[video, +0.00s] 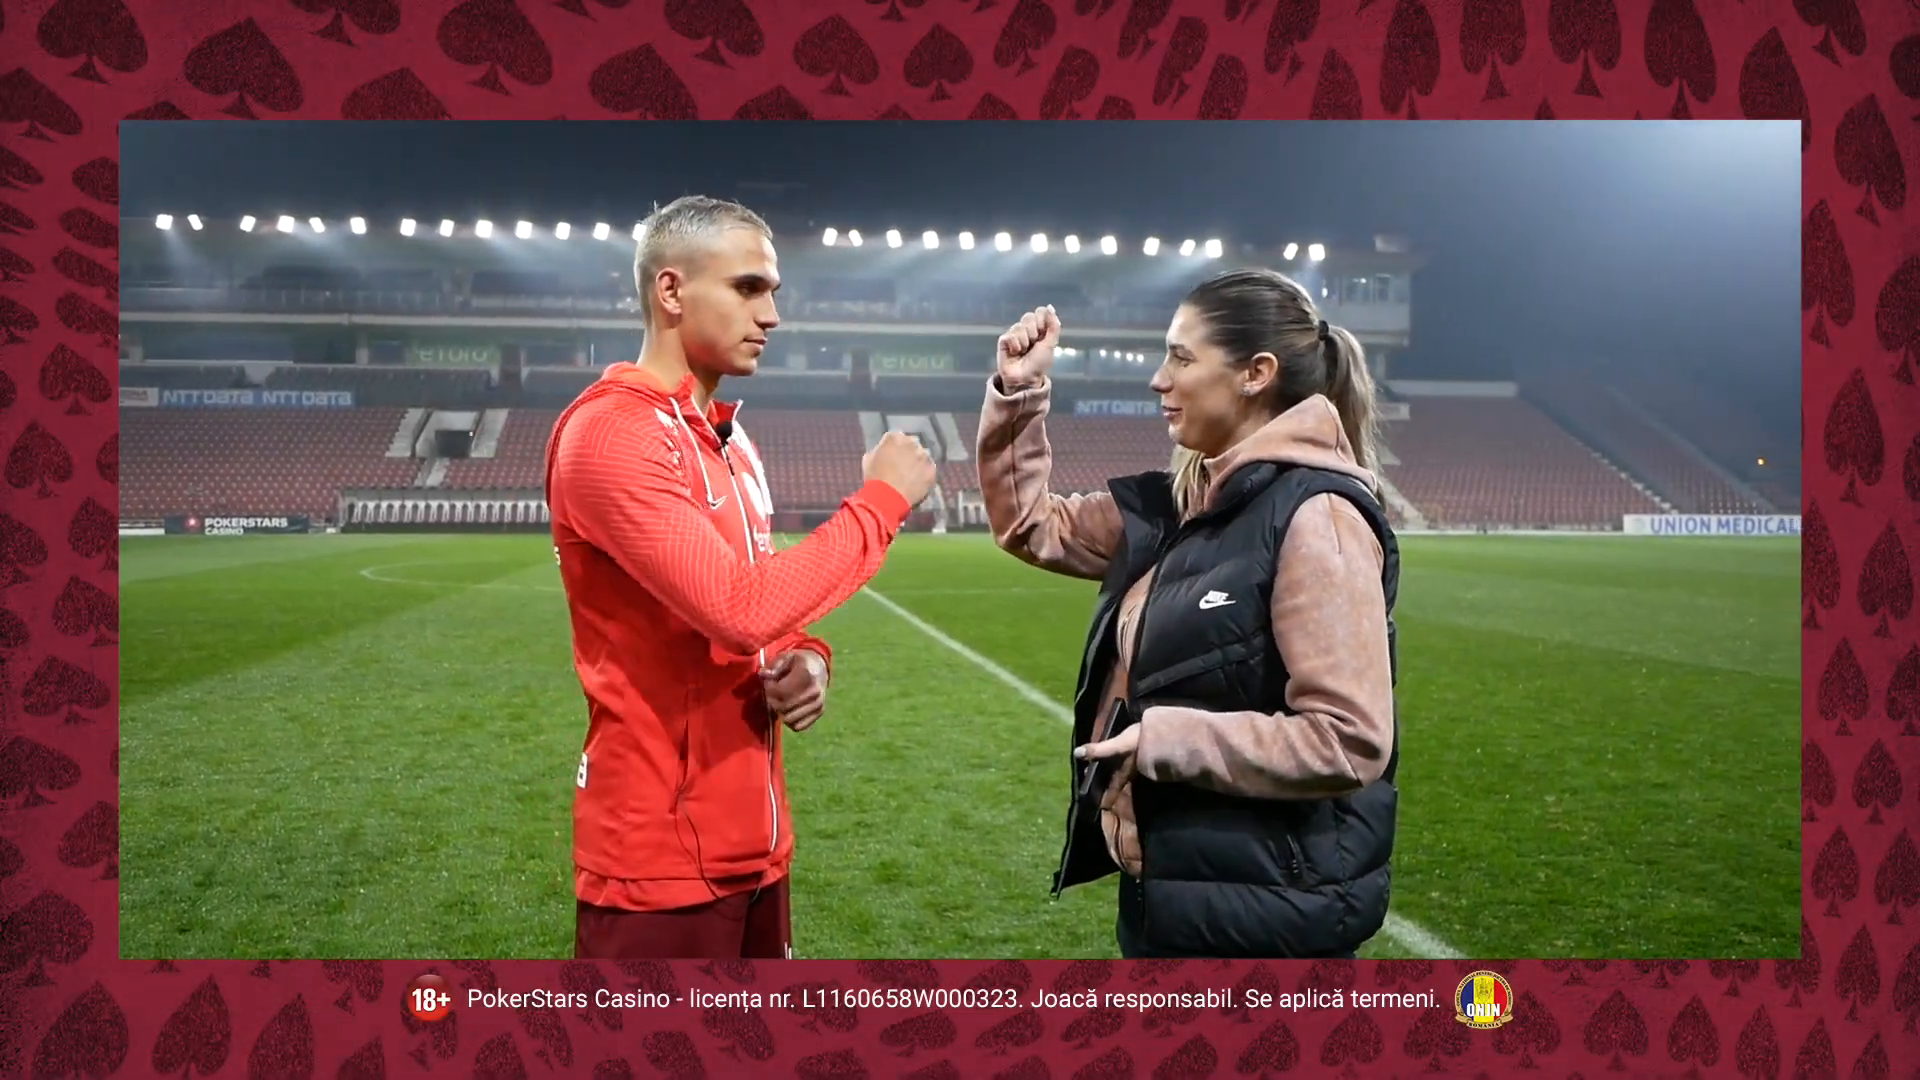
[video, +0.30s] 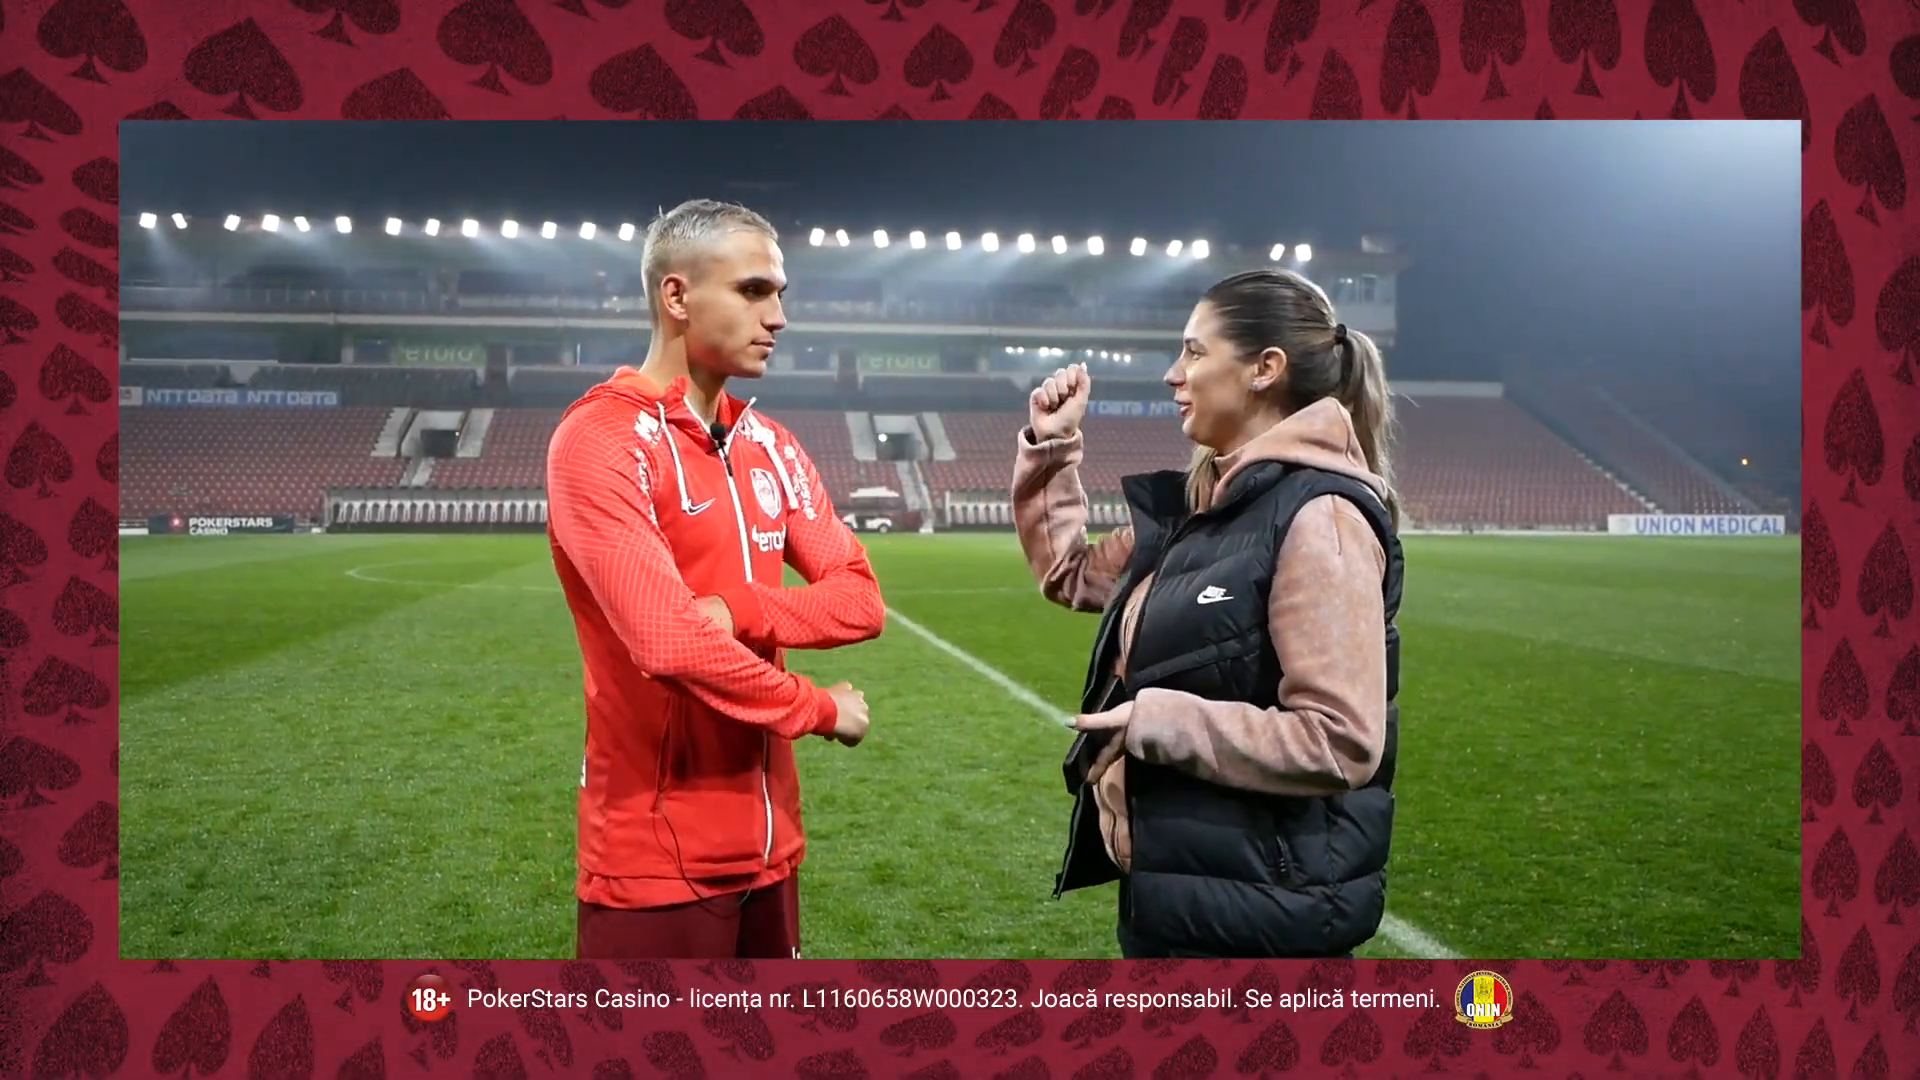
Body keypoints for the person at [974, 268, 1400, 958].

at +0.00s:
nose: (1159, 381)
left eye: (1180, 358)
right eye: (1166, 357)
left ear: (1256, 374)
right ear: (1252, 376)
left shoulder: (1318, 518)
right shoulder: (1190, 503)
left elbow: (1348, 740)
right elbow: (1032, 528)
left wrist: (1167, 738)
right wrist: (1017, 398)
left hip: (1259, 924)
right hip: (1173, 908)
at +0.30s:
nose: (1173, 375)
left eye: (1194, 353)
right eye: (1180, 354)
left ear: (1266, 369)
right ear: (1263, 371)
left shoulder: (1322, 517)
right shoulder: (1215, 505)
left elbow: (1339, 742)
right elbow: (1069, 574)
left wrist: (1153, 720)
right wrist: (1050, 450)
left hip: (1258, 918)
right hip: (1183, 906)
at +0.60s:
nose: (1174, 374)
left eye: (1195, 351)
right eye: (1183, 353)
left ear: (1265, 369)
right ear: (1257, 370)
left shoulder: (1314, 521)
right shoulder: (1223, 506)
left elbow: (1329, 743)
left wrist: (1149, 724)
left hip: (1253, 922)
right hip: (1187, 911)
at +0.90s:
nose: (1148, 363)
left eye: (1169, 340)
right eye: (1157, 341)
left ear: (1235, 364)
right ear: (1230, 366)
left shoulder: (1286, 509)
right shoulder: (1208, 497)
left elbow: (1310, 729)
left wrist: (1132, 718)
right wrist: (1108, 763)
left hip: (1258, 912)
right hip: (1200, 905)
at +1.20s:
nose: (1148, 375)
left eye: (1170, 354)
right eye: (1158, 354)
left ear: (1237, 377)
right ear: (1232, 378)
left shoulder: (1289, 517)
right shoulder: (1218, 504)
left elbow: (1314, 735)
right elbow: (1202, 689)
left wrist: (1138, 726)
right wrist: (1102, 789)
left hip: (1258, 911)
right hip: (1207, 903)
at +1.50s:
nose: (1166, 385)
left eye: (1189, 364)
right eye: (1176, 364)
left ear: (1257, 384)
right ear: (1250, 384)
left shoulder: (1311, 523)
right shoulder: (1230, 512)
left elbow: (1333, 740)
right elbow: (1220, 695)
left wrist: (1157, 730)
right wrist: (1099, 725)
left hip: (1269, 919)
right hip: (1211, 909)